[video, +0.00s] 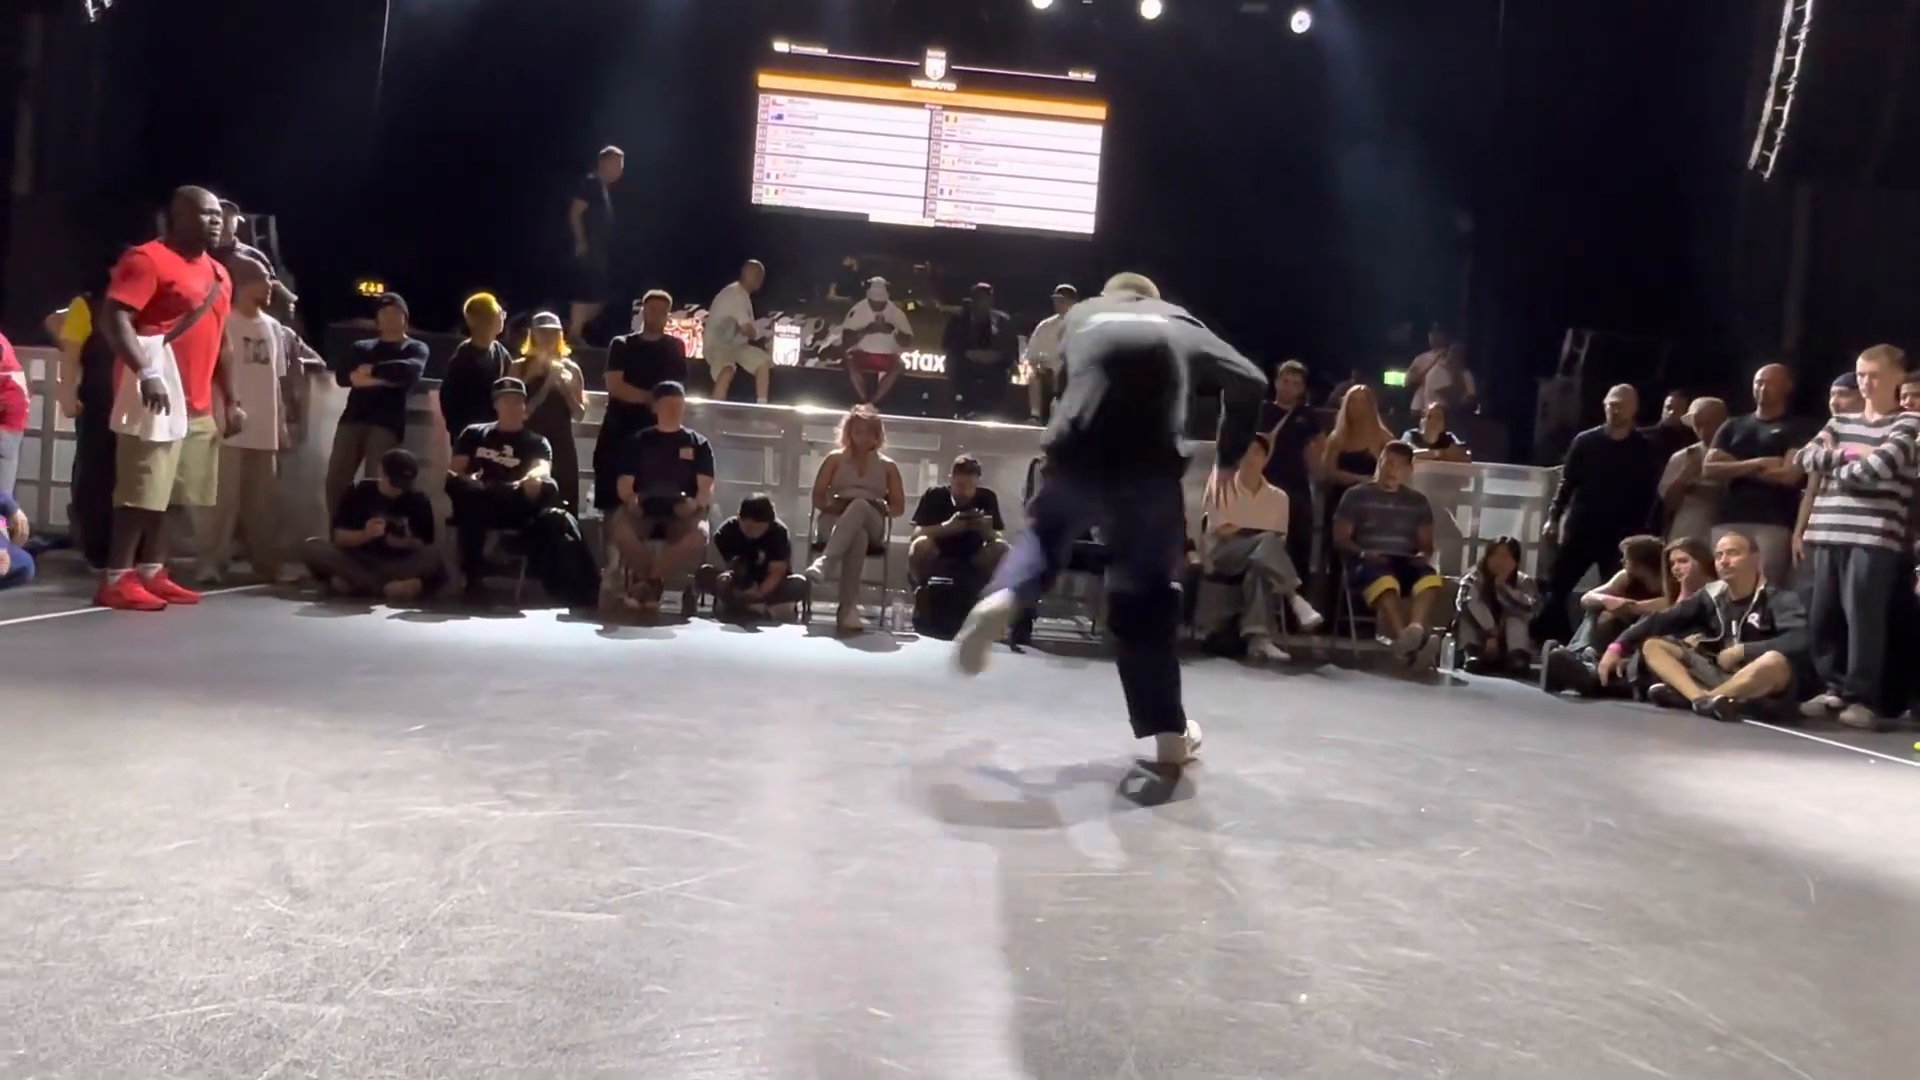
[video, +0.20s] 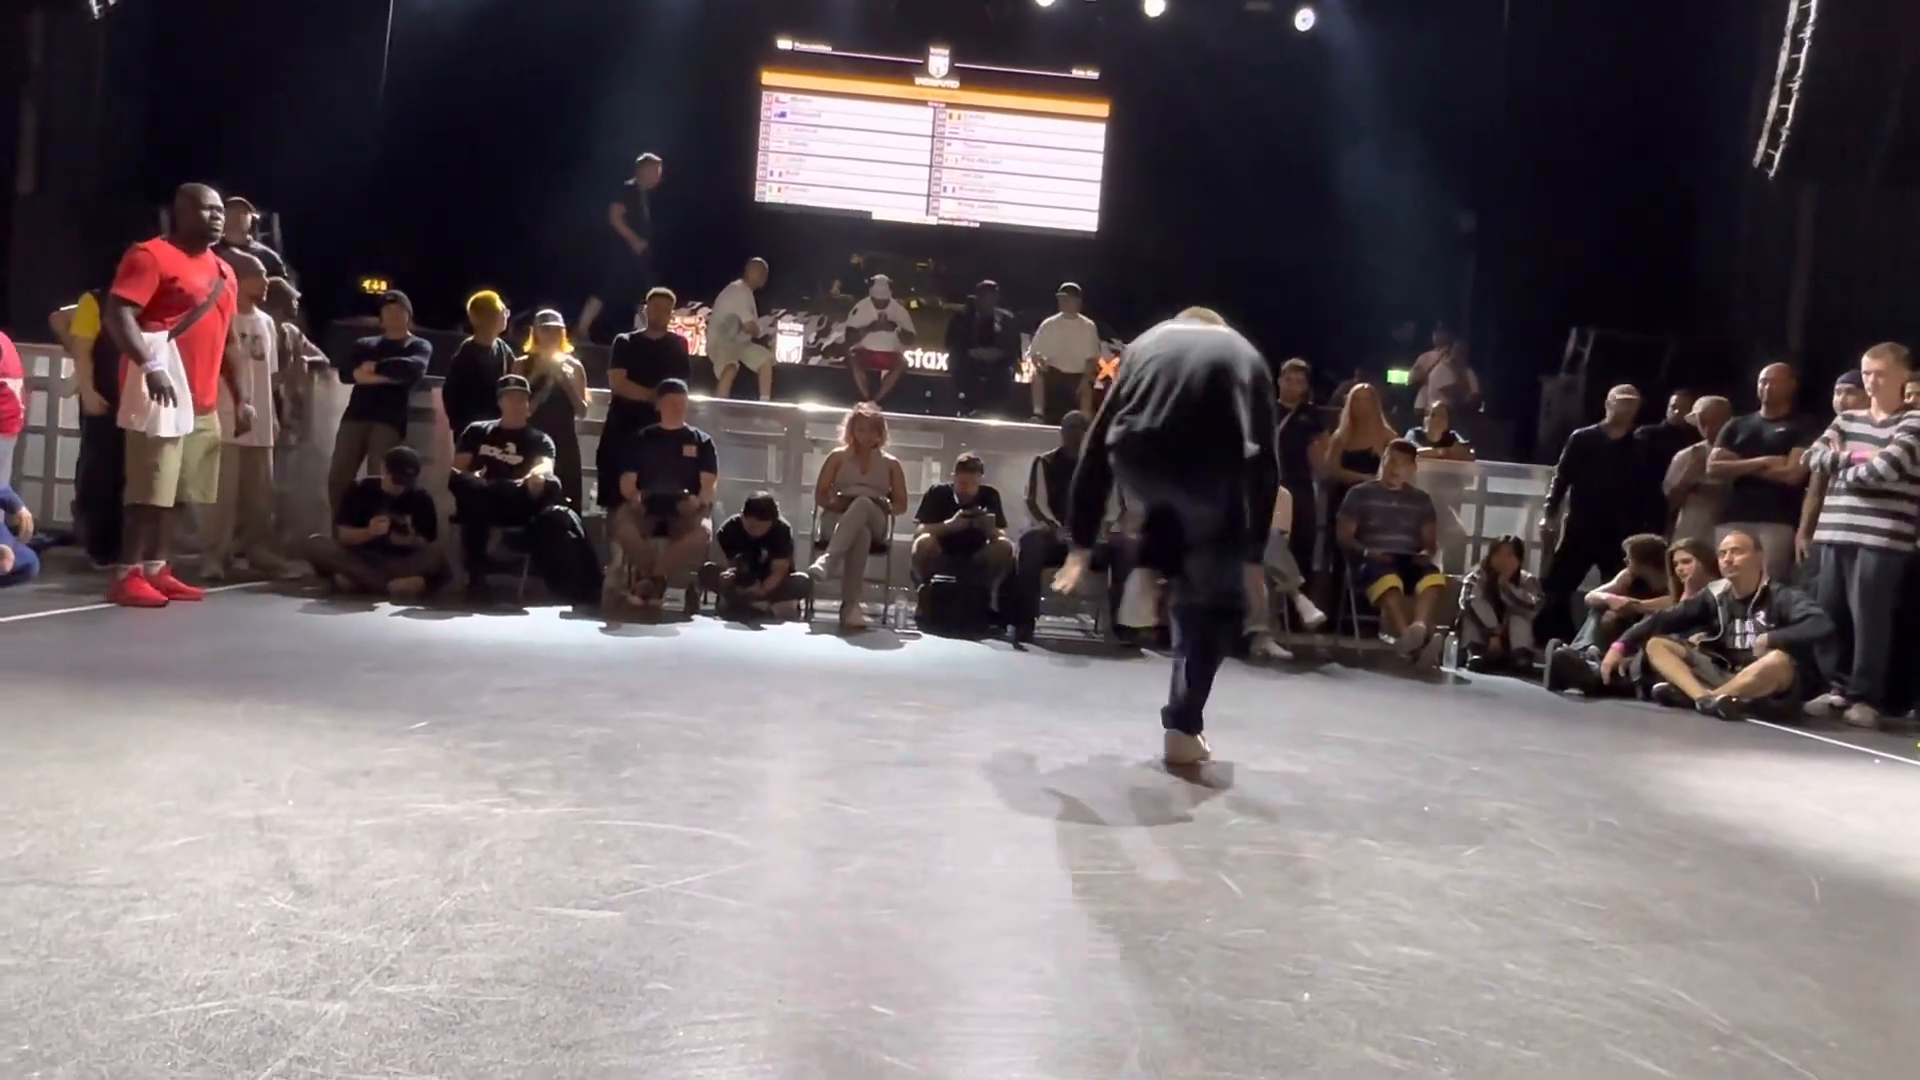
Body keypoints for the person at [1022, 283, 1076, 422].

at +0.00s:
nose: (1062, 305)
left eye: (1066, 301)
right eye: (1058, 300)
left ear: (1074, 303)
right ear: (1054, 302)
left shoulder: (1080, 326)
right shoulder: (1044, 326)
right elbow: (1032, 351)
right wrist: (1037, 364)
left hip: (1071, 367)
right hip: (1047, 366)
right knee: (1035, 376)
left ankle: (1065, 415)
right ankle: (1035, 414)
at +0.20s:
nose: (1064, 302)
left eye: (1069, 299)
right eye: (1062, 298)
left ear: (1078, 302)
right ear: (1058, 301)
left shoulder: (1088, 326)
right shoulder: (1048, 324)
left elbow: (1092, 358)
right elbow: (1033, 351)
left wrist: (1086, 380)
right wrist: (1039, 361)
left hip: (1078, 372)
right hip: (1054, 370)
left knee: (1087, 387)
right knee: (1037, 376)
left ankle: (1085, 424)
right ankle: (1038, 414)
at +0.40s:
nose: (1067, 300)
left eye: (1071, 297)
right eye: (1065, 296)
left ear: (1081, 299)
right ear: (1062, 298)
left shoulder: (1091, 324)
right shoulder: (1051, 321)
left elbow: (1094, 355)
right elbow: (1036, 348)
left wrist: (1088, 378)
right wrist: (1041, 360)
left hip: (1080, 370)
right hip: (1056, 368)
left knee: (1089, 384)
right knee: (1040, 373)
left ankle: (1088, 420)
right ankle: (1039, 412)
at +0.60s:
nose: (1073, 298)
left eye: (1078, 295)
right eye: (1071, 294)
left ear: (1085, 298)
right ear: (1066, 296)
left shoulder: (1093, 323)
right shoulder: (1054, 320)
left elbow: (1096, 355)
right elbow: (1039, 348)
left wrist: (1091, 378)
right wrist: (1043, 362)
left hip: (1083, 369)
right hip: (1058, 367)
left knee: (1091, 384)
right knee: (1042, 373)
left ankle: (1090, 420)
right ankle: (1042, 411)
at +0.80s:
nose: (1078, 297)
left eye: (1082, 293)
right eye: (1075, 292)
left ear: (1088, 297)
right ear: (1070, 295)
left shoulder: (1095, 322)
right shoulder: (1056, 318)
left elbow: (1097, 354)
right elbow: (1041, 346)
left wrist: (1093, 377)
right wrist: (1045, 360)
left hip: (1084, 368)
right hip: (1059, 365)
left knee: (1092, 383)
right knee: (1043, 371)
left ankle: (1092, 419)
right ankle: (1043, 409)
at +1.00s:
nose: (1081, 294)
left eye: (1086, 291)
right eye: (1078, 290)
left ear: (1092, 296)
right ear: (1073, 293)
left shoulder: (1097, 322)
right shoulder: (1058, 316)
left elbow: (1098, 353)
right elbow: (1042, 344)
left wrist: (1094, 376)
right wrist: (1046, 358)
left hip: (1085, 367)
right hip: (1061, 364)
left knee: (1094, 383)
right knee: (1045, 371)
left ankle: (1093, 419)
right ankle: (1045, 408)